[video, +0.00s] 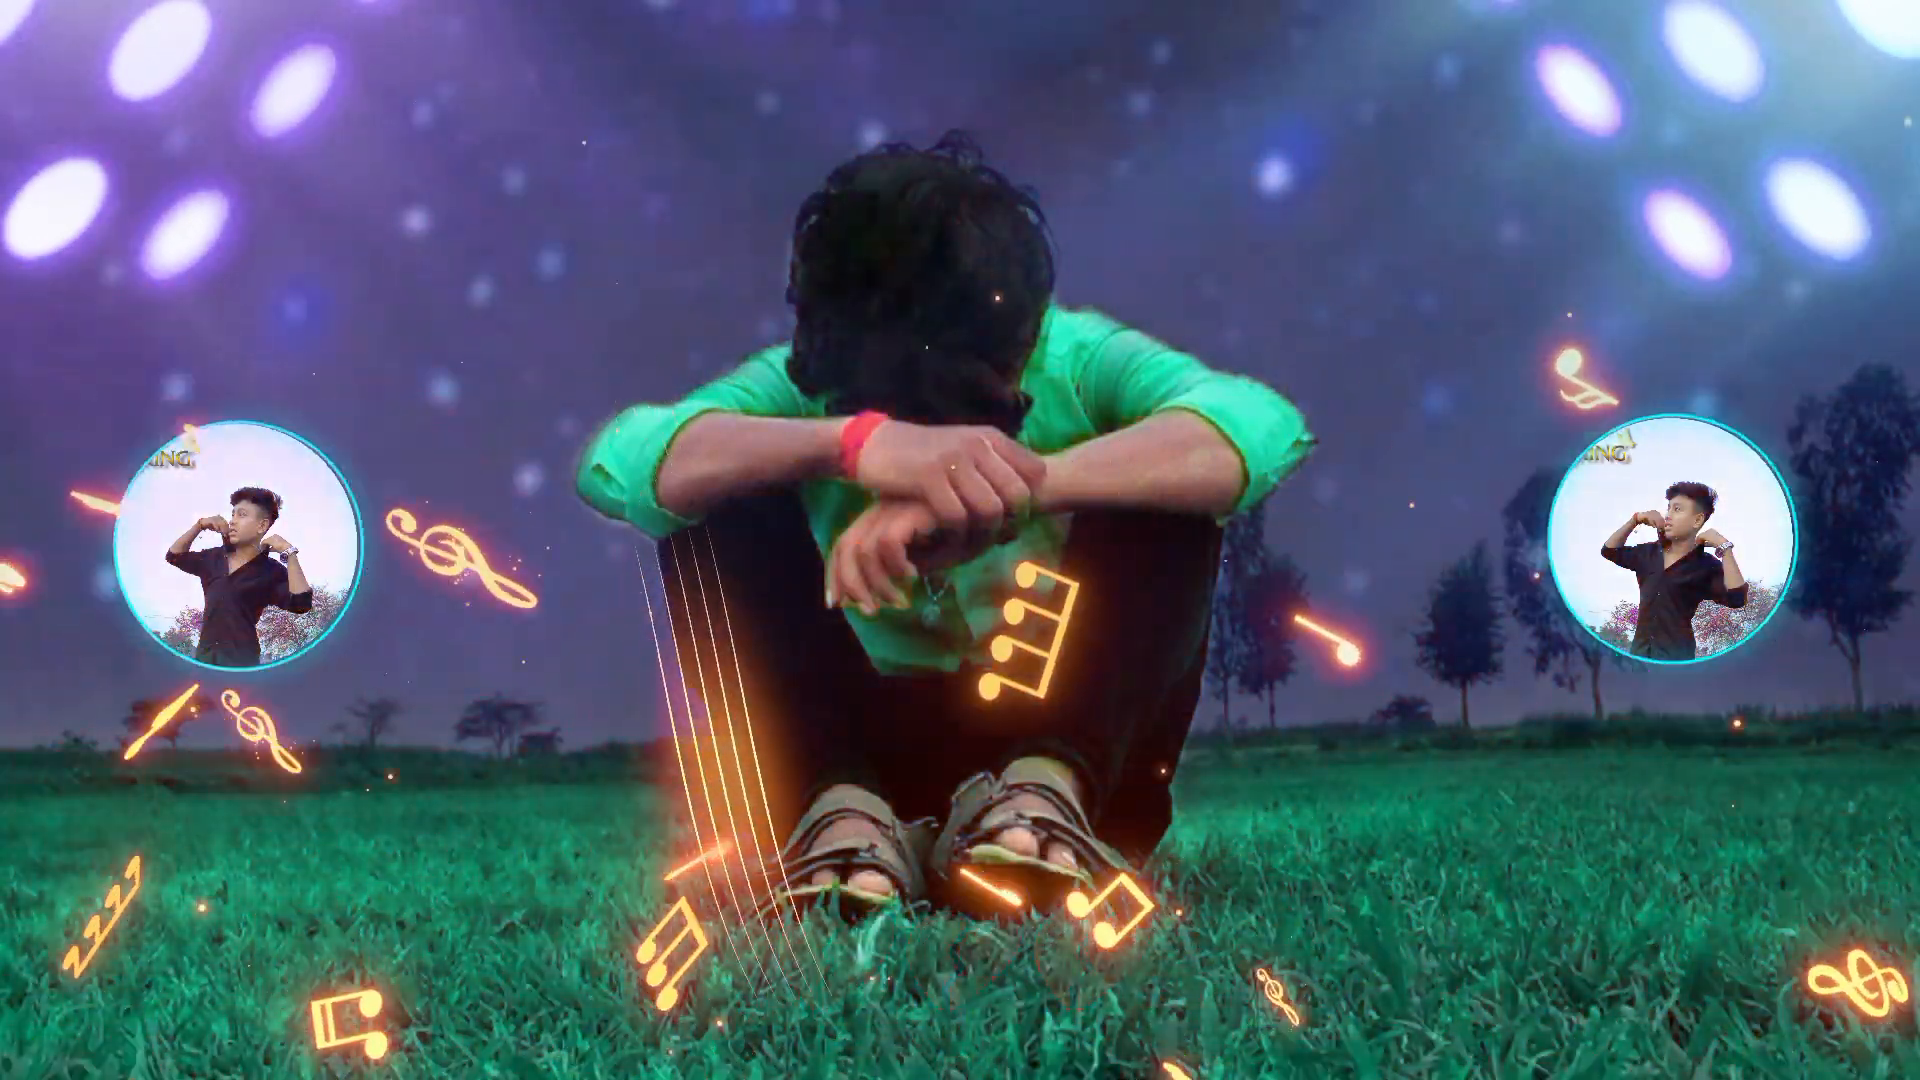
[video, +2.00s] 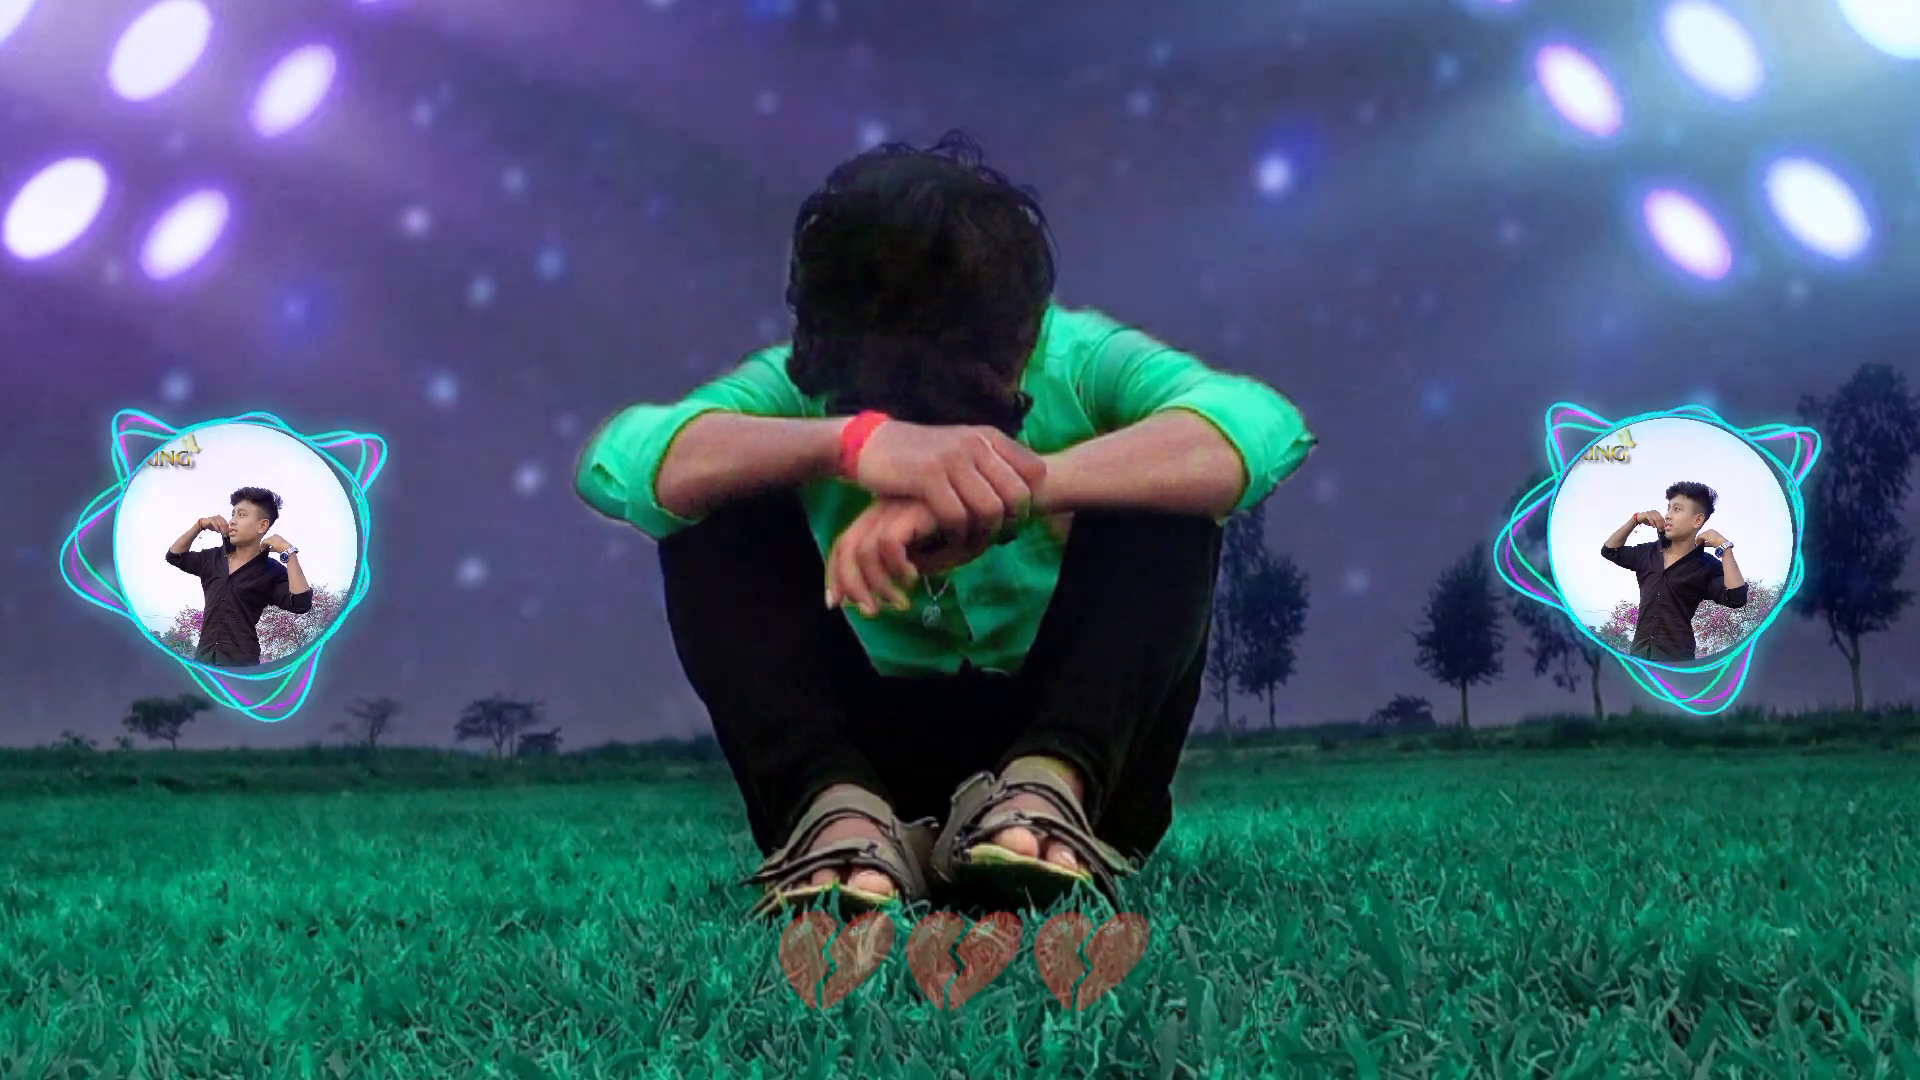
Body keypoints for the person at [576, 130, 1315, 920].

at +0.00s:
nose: (932, 443)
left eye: (967, 405)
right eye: (892, 404)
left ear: (1019, 348)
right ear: (826, 359)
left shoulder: (1073, 353)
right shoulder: (795, 382)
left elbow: (1264, 430)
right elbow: (610, 466)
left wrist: (988, 493)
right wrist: (853, 445)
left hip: (1046, 735)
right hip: (861, 744)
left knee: (1165, 488)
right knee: (715, 504)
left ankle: (1039, 790)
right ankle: (840, 812)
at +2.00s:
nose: (907, 450)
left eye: (945, 416)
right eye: (866, 408)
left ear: (1019, 358)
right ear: (815, 361)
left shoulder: (1079, 356)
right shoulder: (795, 381)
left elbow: (1265, 429)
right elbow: (612, 467)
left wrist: (999, 491)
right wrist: (852, 446)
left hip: (1059, 746)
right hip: (864, 752)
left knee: (1167, 486)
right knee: (712, 502)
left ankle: (1043, 790)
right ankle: (836, 818)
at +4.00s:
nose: (934, 435)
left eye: (971, 396)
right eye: (898, 402)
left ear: (1021, 343)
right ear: (828, 361)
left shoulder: (1075, 355)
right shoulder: (795, 383)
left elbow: (1265, 429)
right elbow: (611, 467)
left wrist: (1000, 491)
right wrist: (850, 446)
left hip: (1064, 752)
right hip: (866, 759)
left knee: (1165, 488)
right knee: (714, 505)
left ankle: (1043, 790)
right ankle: (837, 819)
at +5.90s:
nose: (950, 440)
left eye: (985, 394)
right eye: (912, 413)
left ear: (1023, 341)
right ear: (837, 368)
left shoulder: (1074, 354)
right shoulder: (795, 384)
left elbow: (1265, 429)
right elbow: (611, 467)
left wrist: (1000, 491)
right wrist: (851, 447)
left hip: (1058, 746)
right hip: (863, 752)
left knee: (1167, 488)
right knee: (712, 502)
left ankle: (1043, 789)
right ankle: (836, 818)